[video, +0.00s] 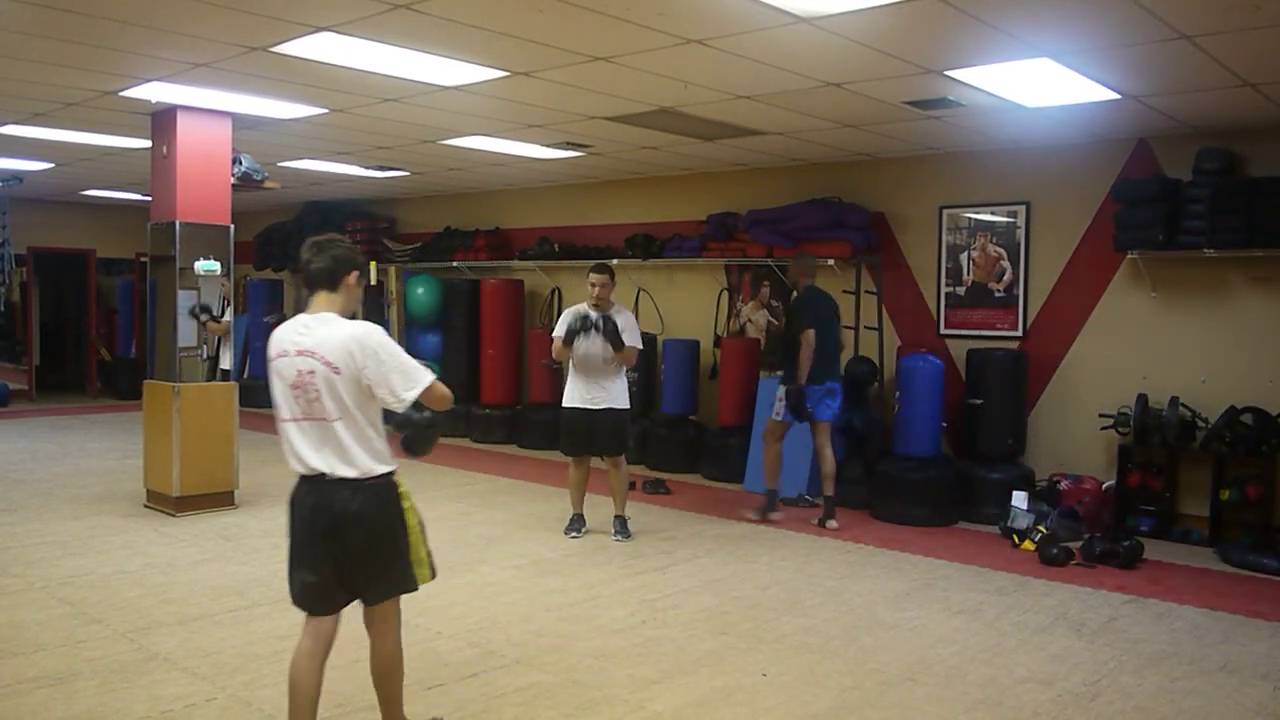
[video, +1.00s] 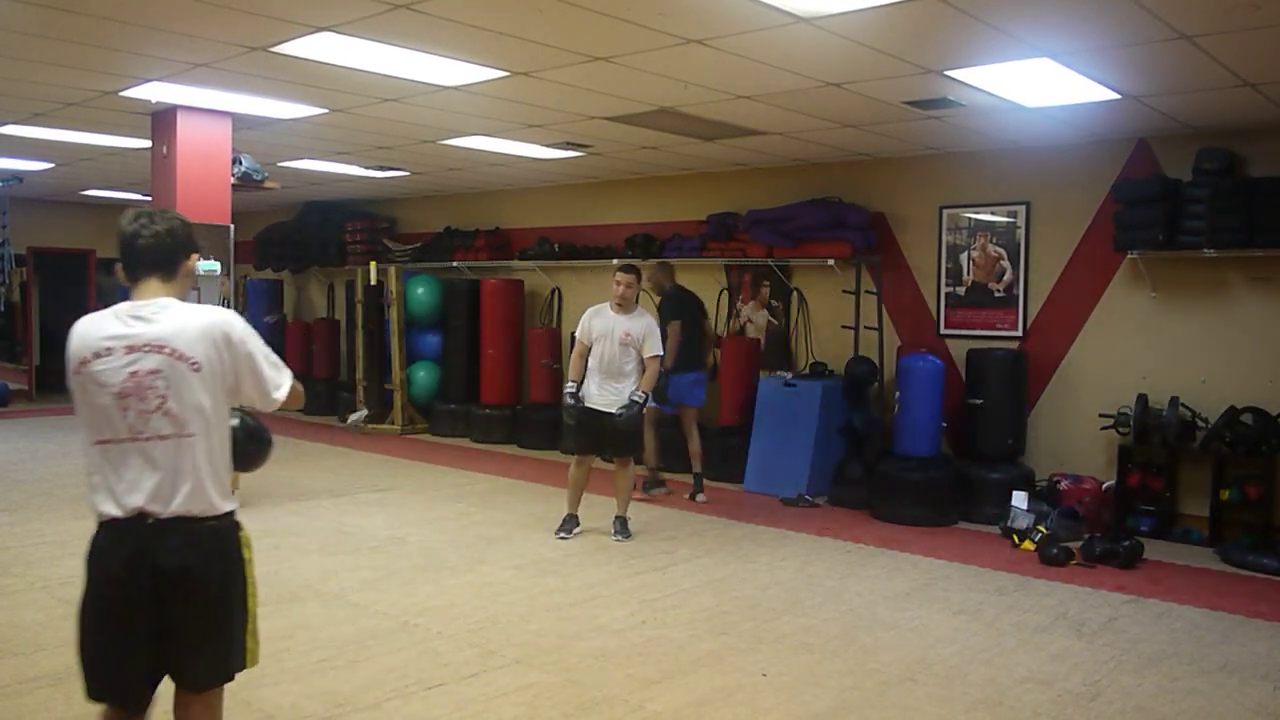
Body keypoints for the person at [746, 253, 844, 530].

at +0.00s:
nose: (787, 275)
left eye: (789, 270)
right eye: (789, 270)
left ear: (797, 273)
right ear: (813, 272)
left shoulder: (800, 301)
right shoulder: (829, 300)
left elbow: (809, 342)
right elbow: (840, 344)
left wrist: (799, 384)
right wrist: (825, 369)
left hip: (803, 381)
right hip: (829, 381)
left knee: (772, 436)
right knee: (823, 443)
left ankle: (771, 502)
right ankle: (829, 512)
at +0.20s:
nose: (758, 278)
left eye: (760, 274)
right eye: (760, 273)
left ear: (767, 275)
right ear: (784, 274)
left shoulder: (770, 303)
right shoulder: (798, 298)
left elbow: (775, 342)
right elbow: (812, 339)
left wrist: (768, 386)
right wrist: (800, 365)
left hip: (771, 383)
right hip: (799, 381)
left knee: (752, 439)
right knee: (795, 440)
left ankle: (751, 502)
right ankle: (819, 498)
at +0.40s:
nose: (729, 279)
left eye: (731, 274)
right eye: (730, 274)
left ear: (738, 275)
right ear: (754, 274)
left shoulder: (740, 301)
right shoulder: (771, 299)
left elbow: (739, 337)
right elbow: (786, 330)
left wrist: (726, 368)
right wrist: (785, 367)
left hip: (746, 376)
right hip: (768, 374)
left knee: (745, 436)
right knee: (750, 432)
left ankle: (750, 501)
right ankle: (771, 481)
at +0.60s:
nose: (706, 281)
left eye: (707, 277)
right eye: (708, 277)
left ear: (711, 278)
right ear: (728, 276)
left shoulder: (712, 303)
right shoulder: (746, 302)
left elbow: (710, 341)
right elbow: (761, 341)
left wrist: (687, 365)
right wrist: (768, 378)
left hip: (722, 378)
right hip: (743, 376)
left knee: (732, 435)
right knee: (716, 431)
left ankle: (749, 499)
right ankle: (707, 484)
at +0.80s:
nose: (679, 281)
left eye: (680, 277)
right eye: (680, 277)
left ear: (687, 277)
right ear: (701, 276)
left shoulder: (691, 300)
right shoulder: (720, 300)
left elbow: (690, 337)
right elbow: (730, 333)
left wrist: (673, 364)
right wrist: (720, 361)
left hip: (693, 374)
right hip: (715, 373)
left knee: (685, 429)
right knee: (700, 429)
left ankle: (722, 476)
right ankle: (699, 487)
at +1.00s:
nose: (647, 282)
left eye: (650, 277)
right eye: (647, 277)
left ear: (662, 276)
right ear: (669, 275)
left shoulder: (668, 299)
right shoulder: (692, 298)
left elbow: (674, 335)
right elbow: (709, 333)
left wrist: (665, 368)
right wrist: (702, 361)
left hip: (672, 372)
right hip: (695, 371)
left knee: (649, 420)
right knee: (691, 424)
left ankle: (654, 478)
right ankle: (698, 484)